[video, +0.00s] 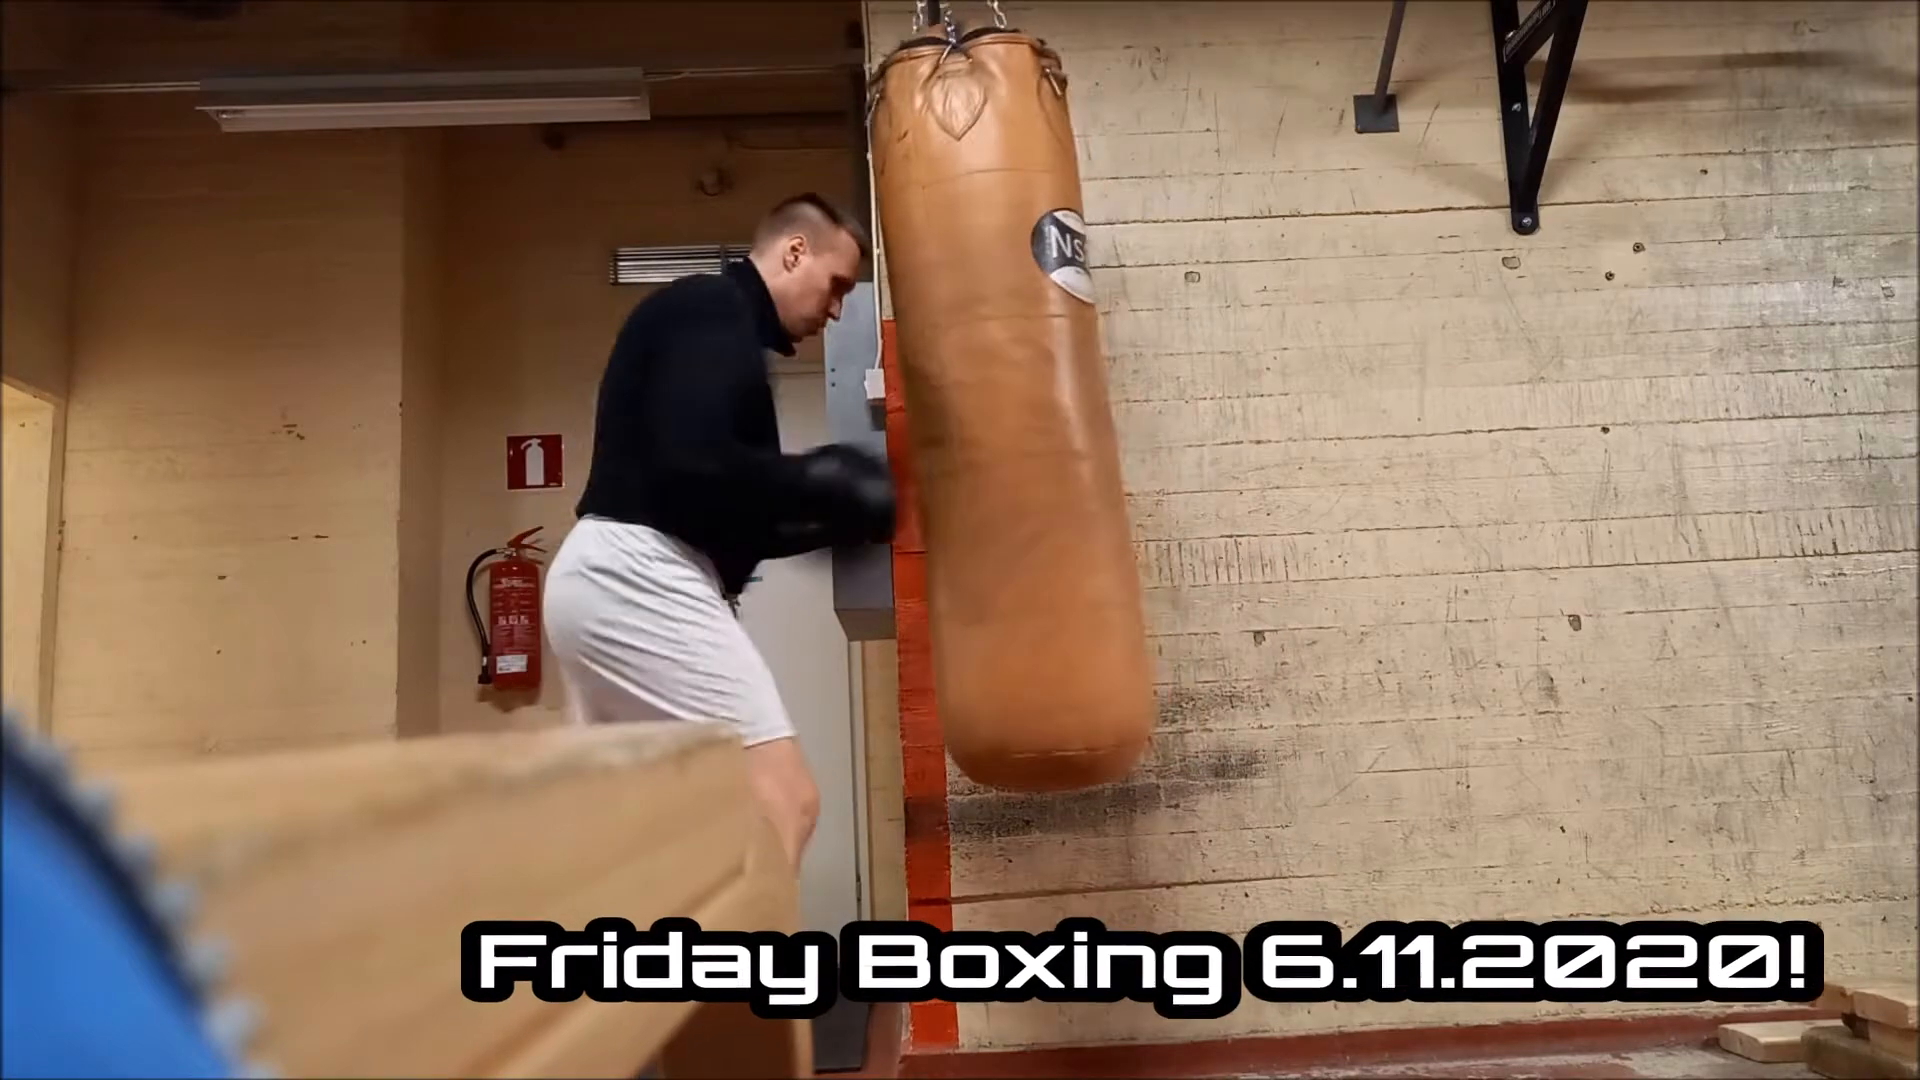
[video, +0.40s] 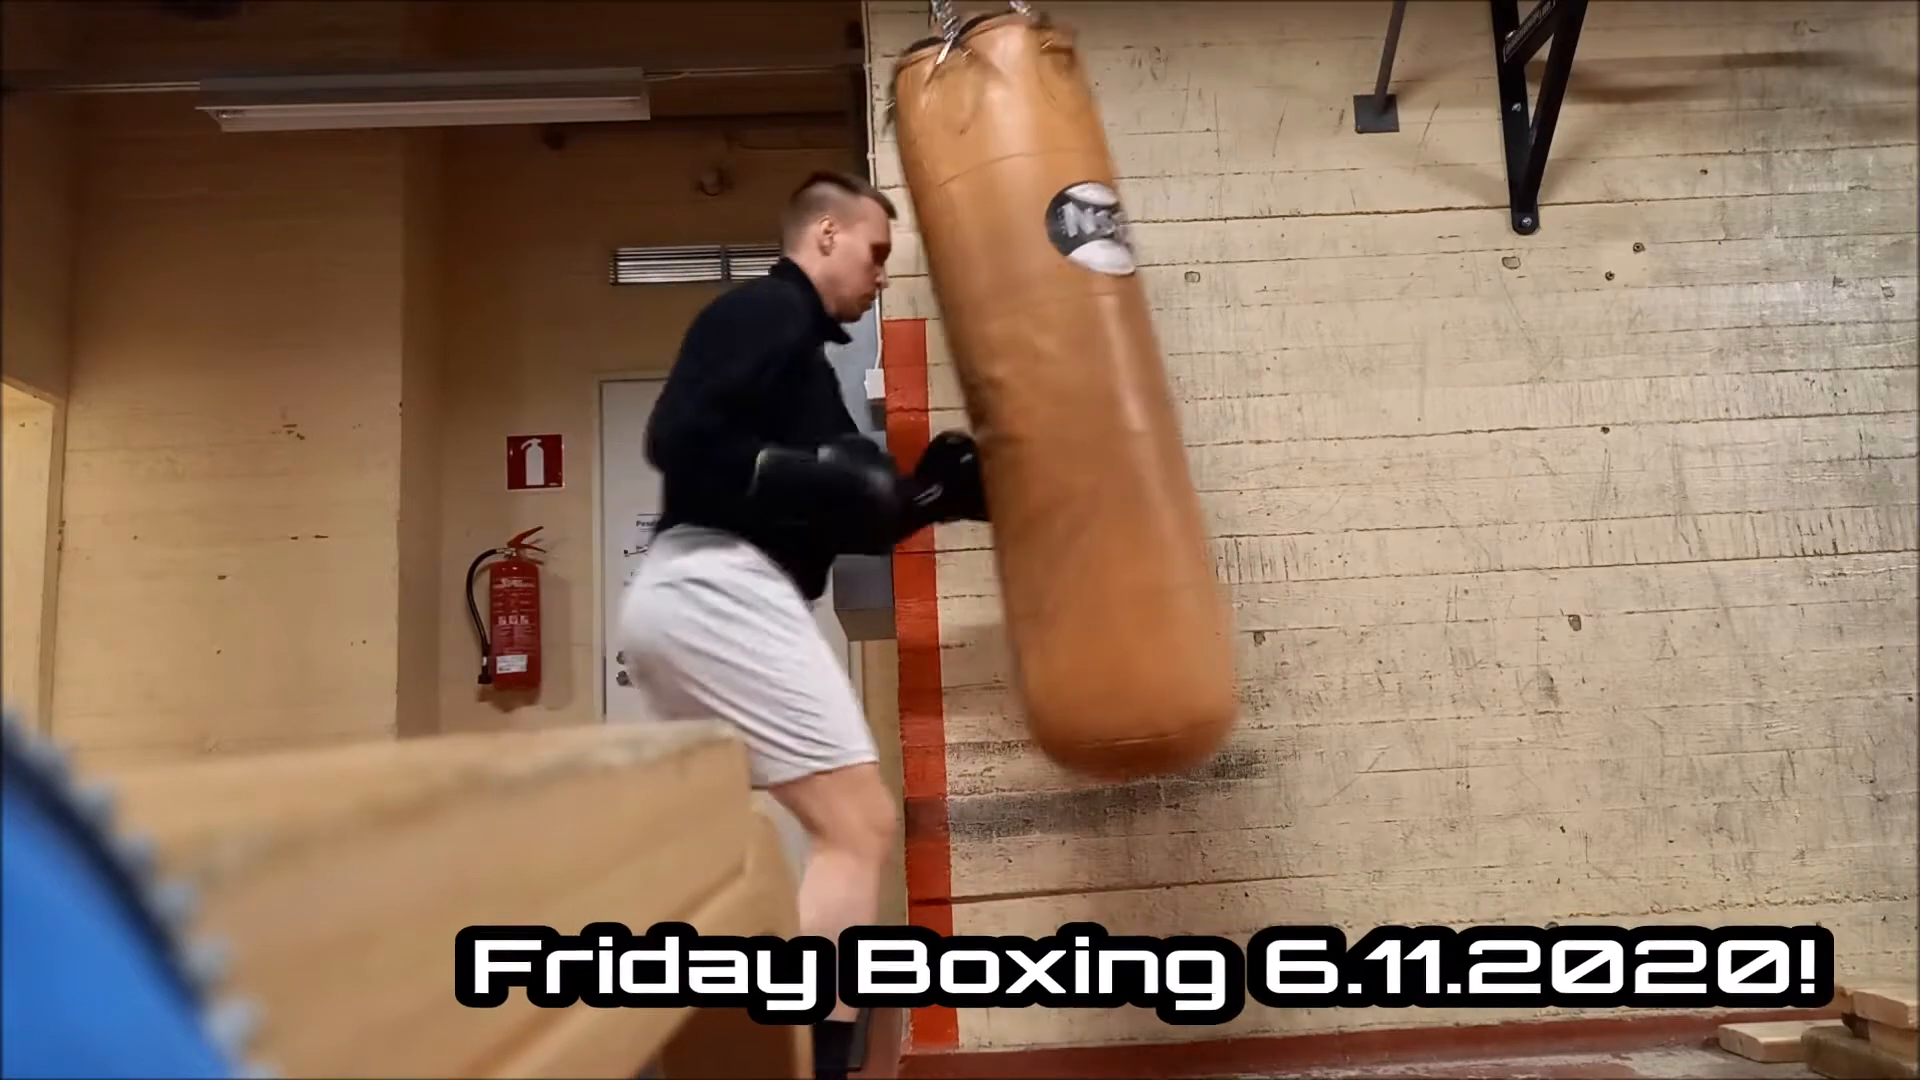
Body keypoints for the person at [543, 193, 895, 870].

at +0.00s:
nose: (836, 311)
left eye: (844, 296)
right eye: (835, 287)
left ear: (788, 256)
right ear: (792, 252)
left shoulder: (725, 338)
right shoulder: (710, 311)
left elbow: (738, 527)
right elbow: (697, 475)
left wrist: (842, 509)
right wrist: (822, 479)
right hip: (639, 574)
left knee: (634, 815)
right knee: (782, 801)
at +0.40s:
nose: (882, 273)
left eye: (886, 257)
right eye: (876, 251)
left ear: (831, 242)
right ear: (824, 236)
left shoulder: (808, 360)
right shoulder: (766, 306)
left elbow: (838, 514)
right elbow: (679, 436)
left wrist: (925, 492)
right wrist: (820, 479)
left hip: (679, 601)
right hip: (716, 588)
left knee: (698, 843)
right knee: (859, 823)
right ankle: (817, 1056)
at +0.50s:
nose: (901, 259)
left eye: (903, 240)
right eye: (894, 236)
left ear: (830, 228)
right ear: (841, 224)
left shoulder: (783, 309)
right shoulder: (814, 302)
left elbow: (808, 487)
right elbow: (817, 467)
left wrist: (926, 503)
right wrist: (953, 461)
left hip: (698, 582)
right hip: (749, 578)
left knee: (795, 827)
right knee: (873, 831)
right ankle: (825, 1059)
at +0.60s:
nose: (922, 249)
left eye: (923, 231)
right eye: (914, 227)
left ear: (851, 223)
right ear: (861, 219)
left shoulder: (803, 304)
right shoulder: (842, 306)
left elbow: (818, 491)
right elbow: (863, 467)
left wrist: (893, 547)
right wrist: (967, 458)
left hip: (731, 575)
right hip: (766, 577)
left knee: (829, 831)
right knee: (882, 831)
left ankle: (787, 1048)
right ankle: (831, 1059)